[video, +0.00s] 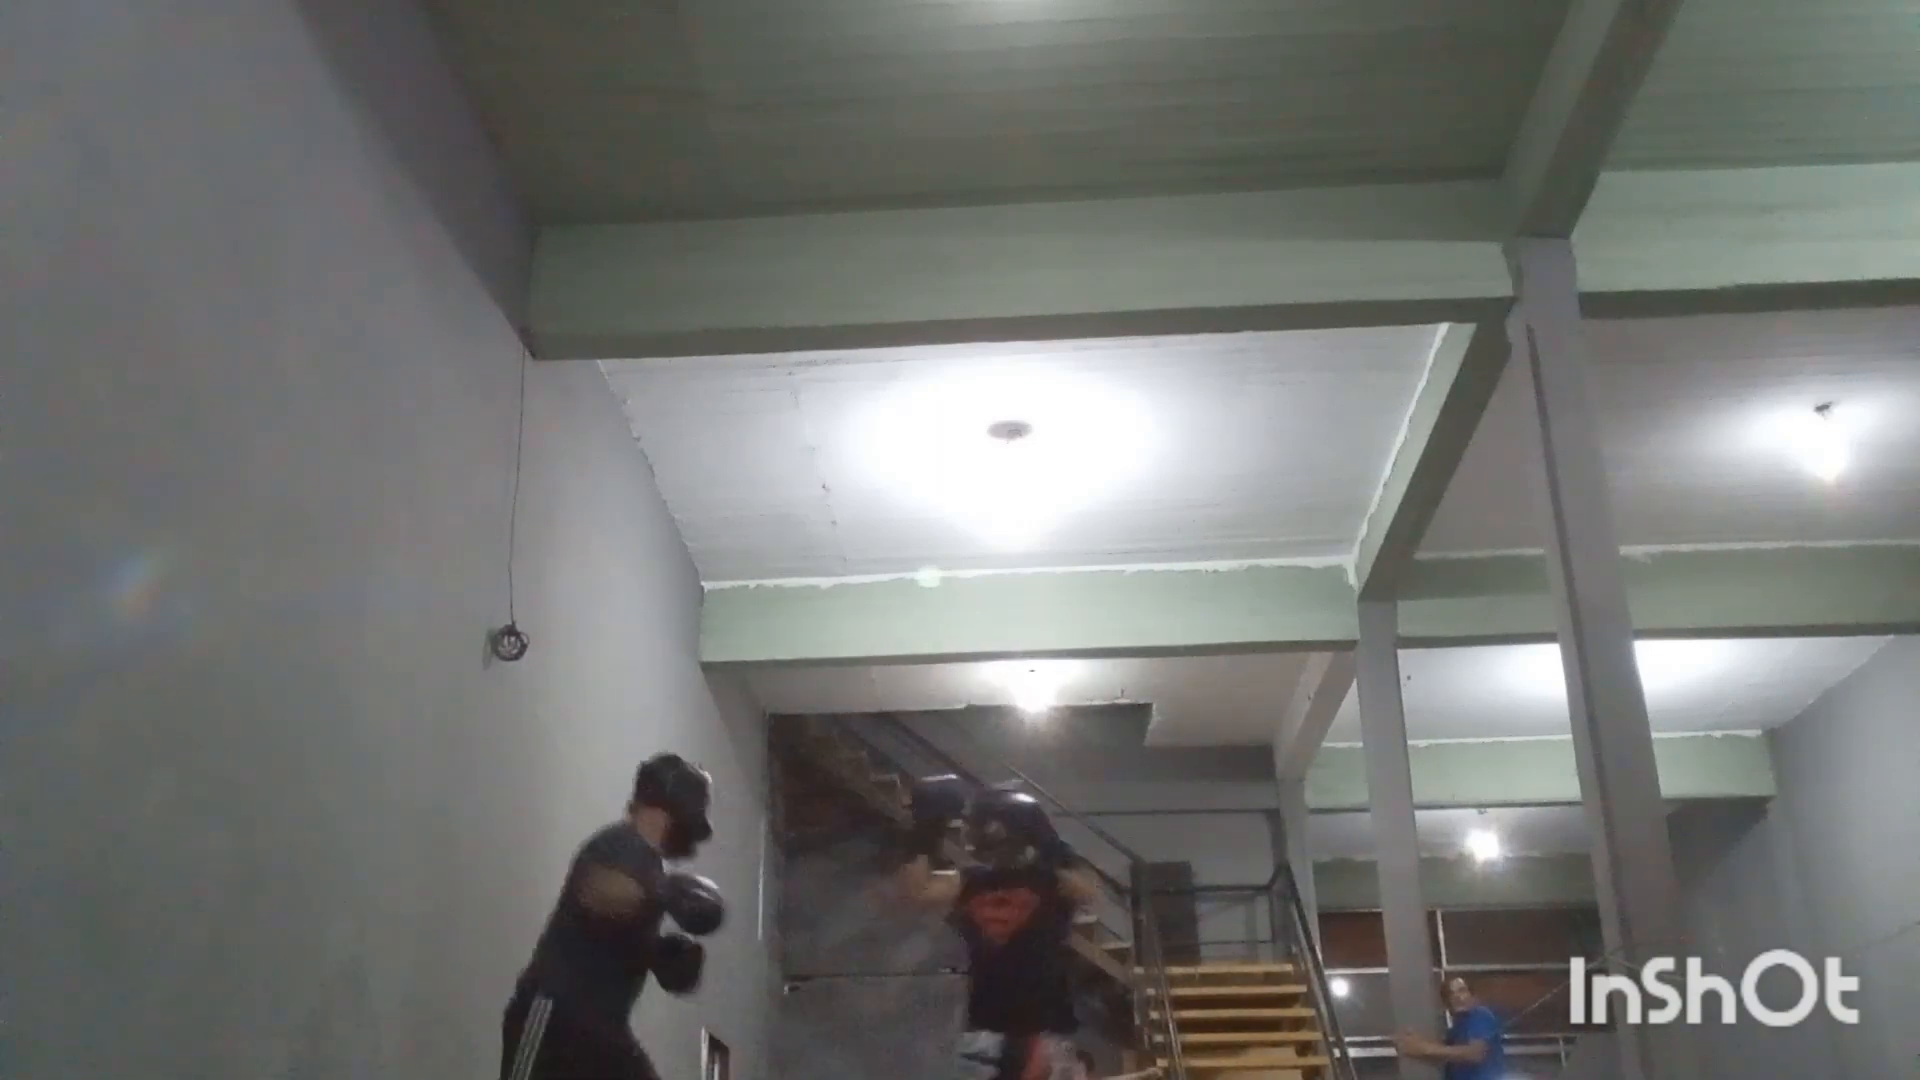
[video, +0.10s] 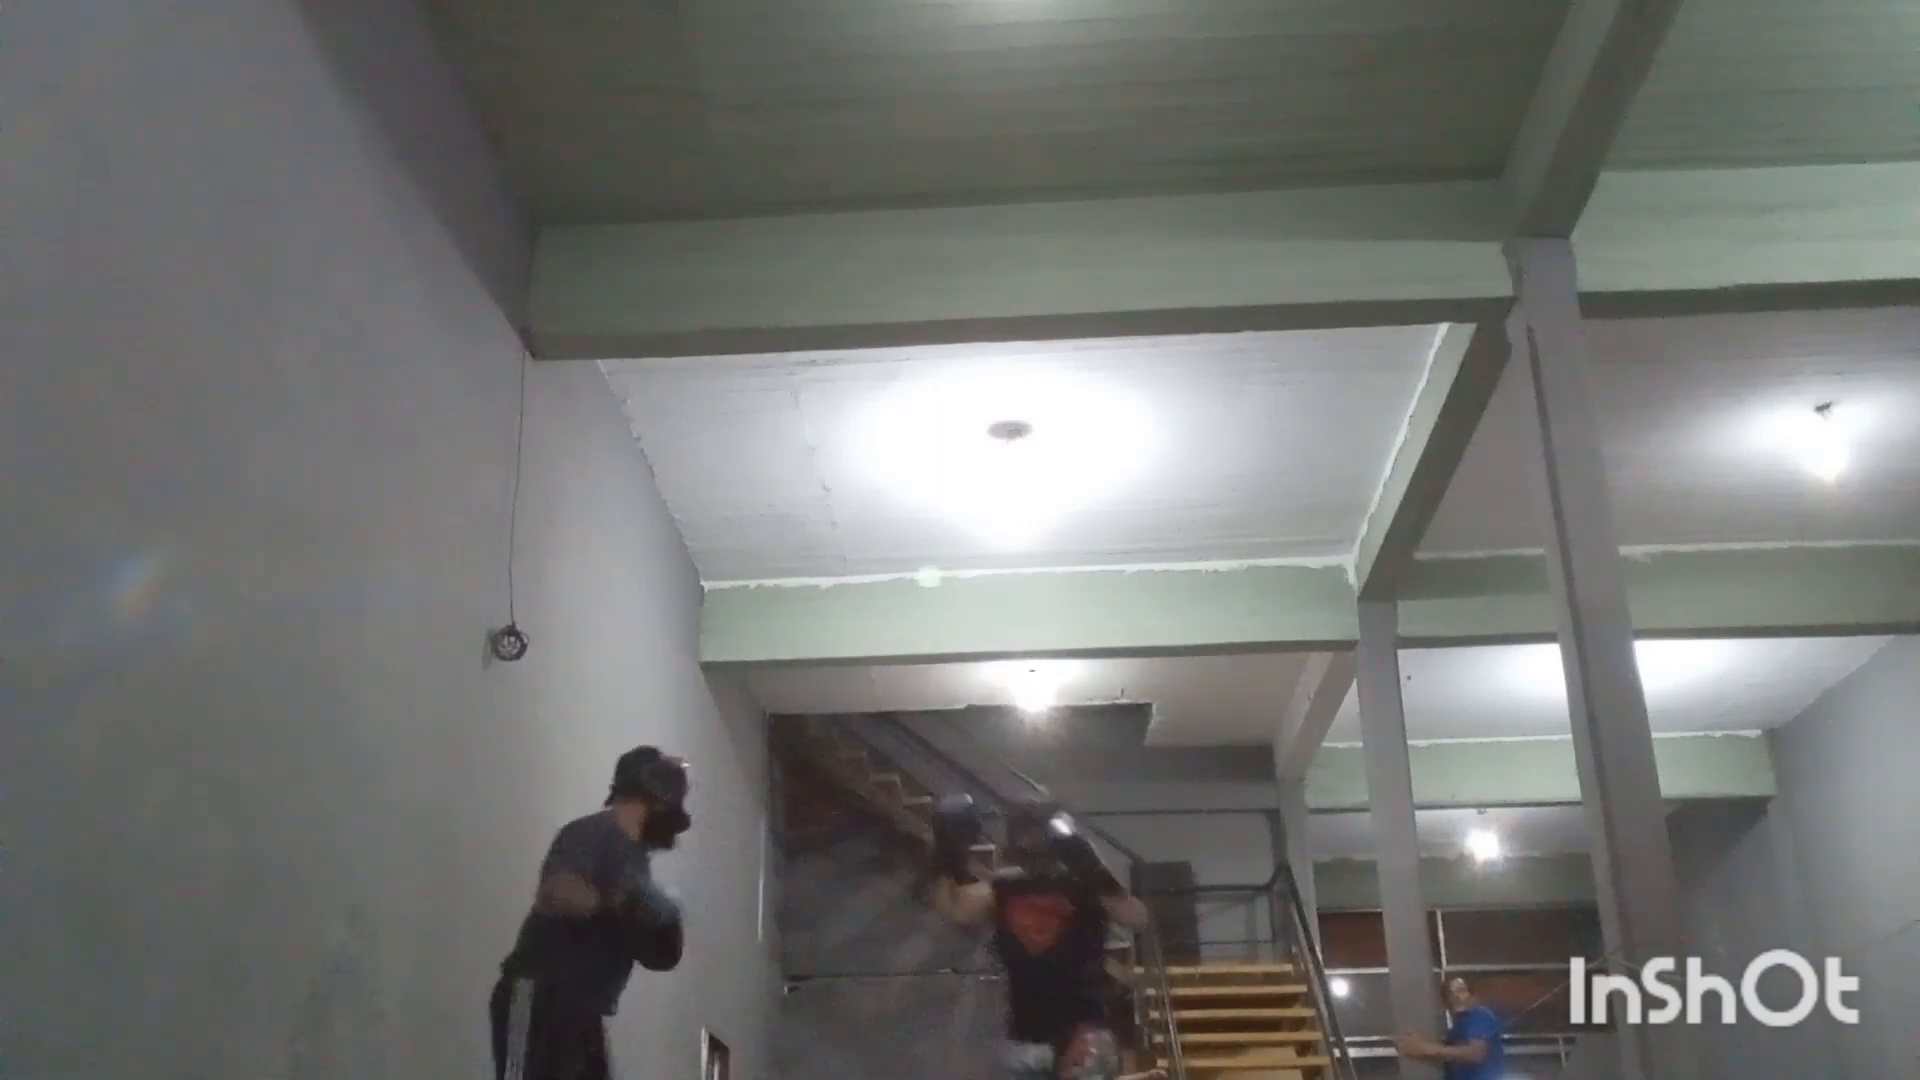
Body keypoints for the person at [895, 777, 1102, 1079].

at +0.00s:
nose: (993, 841)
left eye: (1003, 832)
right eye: (985, 831)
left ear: (1023, 837)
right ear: (975, 839)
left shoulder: (1050, 881)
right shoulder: (972, 883)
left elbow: (1089, 892)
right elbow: (914, 893)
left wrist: (1047, 840)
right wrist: (926, 826)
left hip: (1047, 1026)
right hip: (985, 1024)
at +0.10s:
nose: (1034, 842)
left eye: (1042, 832)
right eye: (1025, 834)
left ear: (1058, 837)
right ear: (1012, 842)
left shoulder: (1084, 889)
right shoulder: (1005, 888)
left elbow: (1136, 919)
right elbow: (955, 907)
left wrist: (1091, 867)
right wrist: (950, 847)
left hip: (1084, 1030)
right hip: (1024, 1031)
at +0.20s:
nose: (1057, 869)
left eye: (1065, 859)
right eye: (1049, 860)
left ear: (1086, 863)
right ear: (1040, 868)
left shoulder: (1119, 918)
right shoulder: (1040, 922)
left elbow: (1170, 950)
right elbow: (983, 936)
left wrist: (1120, 897)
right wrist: (978, 878)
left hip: (1126, 1054)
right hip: (1070, 1056)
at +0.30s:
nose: (1092, 888)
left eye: (1098, 876)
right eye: (1082, 880)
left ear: (1121, 870)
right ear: (1075, 886)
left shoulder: (1161, 915)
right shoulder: (1077, 928)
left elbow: (1181, 966)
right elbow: (1025, 965)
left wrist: (1131, 912)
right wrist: (1012, 906)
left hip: (1163, 1063)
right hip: (1101, 1064)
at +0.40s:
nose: (1112, 859)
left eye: (1118, 847)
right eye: (1106, 851)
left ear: (1145, 843)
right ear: (1101, 856)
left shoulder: (1182, 884)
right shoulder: (1114, 913)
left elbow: (1195, 939)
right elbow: (1067, 960)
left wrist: (1138, 888)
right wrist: (1049, 901)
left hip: (1204, 1045)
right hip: (1150, 1047)